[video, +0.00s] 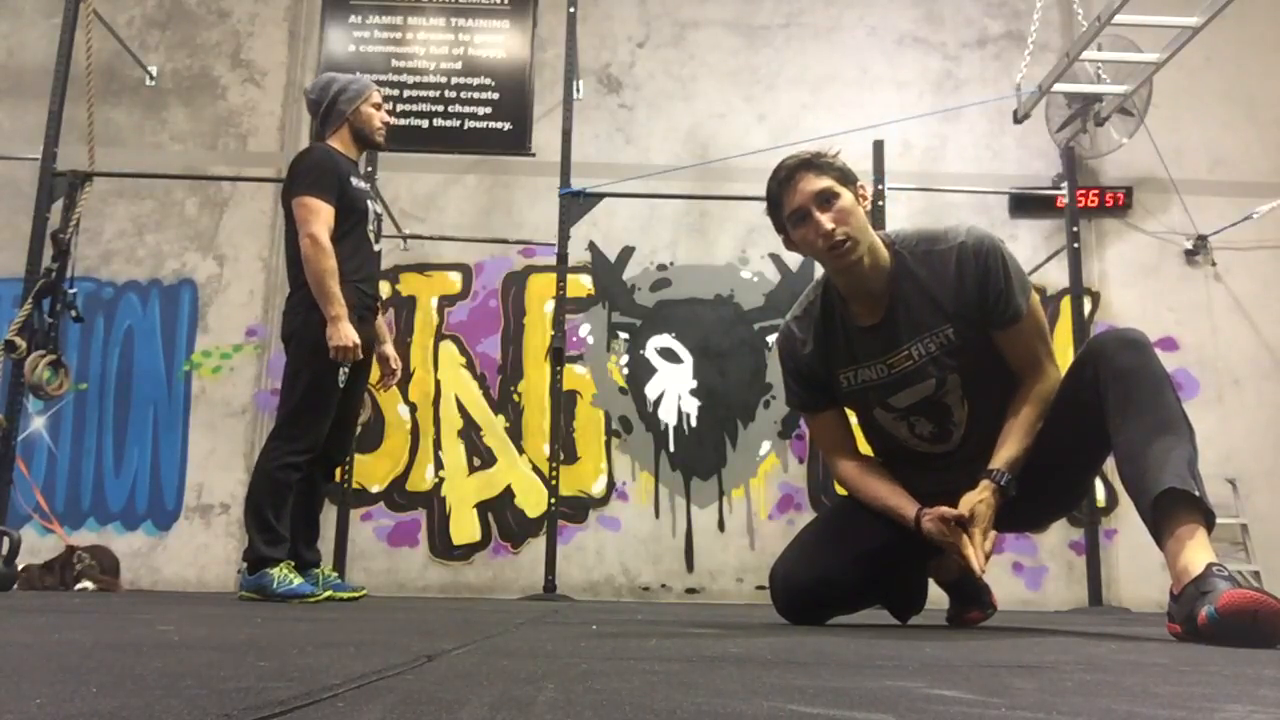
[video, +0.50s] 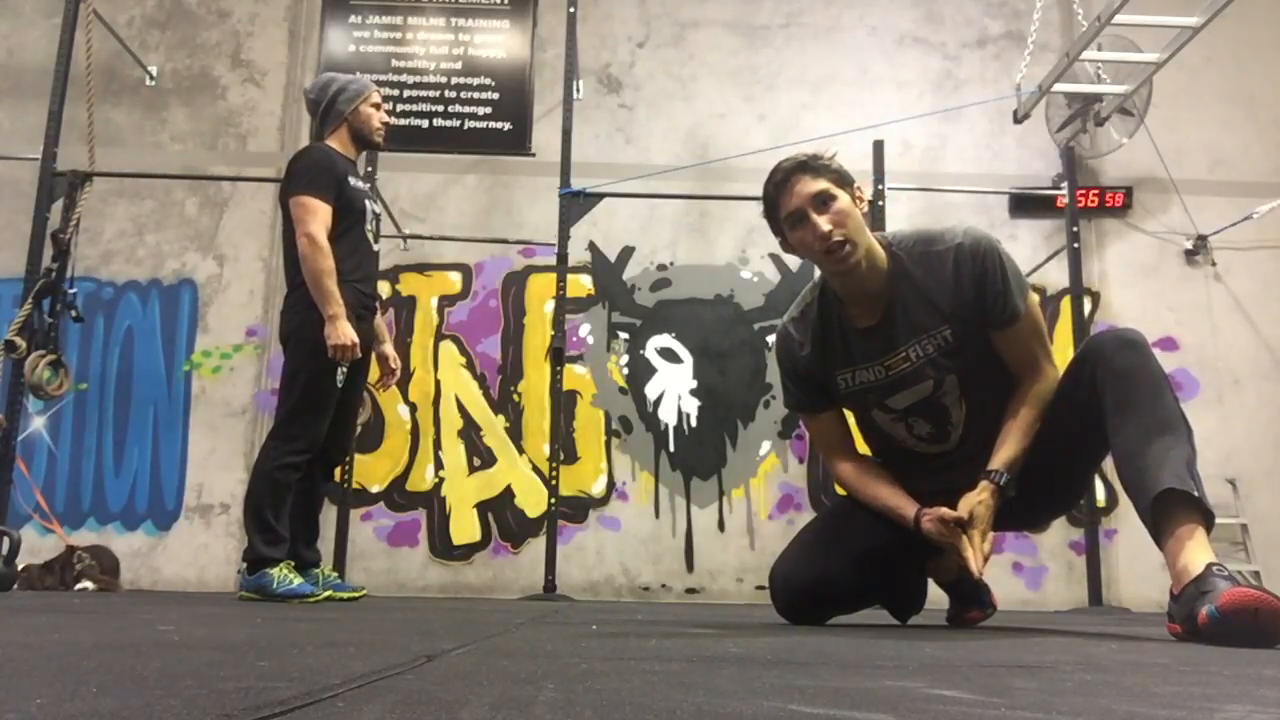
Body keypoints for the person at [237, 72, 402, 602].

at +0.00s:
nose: (387, 116)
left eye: (386, 108)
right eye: (378, 107)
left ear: (358, 116)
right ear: (346, 112)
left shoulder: (355, 174)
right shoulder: (318, 162)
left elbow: (361, 266)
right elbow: (313, 241)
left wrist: (381, 336)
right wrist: (336, 317)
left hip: (349, 328)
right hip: (319, 323)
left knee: (323, 451)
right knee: (296, 441)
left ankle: (302, 564)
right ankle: (263, 566)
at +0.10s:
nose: (387, 116)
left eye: (385, 108)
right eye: (377, 107)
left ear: (358, 116)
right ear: (346, 112)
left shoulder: (354, 175)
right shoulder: (317, 163)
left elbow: (360, 267)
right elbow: (312, 242)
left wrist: (380, 336)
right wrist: (335, 317)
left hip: (348, 327)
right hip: (319, 323)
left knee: (324, 450)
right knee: (296, 441)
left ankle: (303, 564)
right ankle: (263, 566)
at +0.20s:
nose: (387, 116)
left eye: (385, 108)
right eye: (377, 107)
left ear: (358, 117)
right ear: (345, 112)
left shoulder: (354, 175)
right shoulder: (316, 162)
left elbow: (361, 267)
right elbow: (312, 241)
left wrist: (381, 336)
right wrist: (335, 317)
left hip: (348, 327)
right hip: (318, 323)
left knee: (324, 450)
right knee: (296, 441)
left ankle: (302, 564)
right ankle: (263, 565)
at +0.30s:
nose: (387, 116)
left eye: (385, 108)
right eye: (377, 108)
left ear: (359, 117)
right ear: (345, 112)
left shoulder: (354, 175)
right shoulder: (316, 162)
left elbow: (360, 266)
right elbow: (311, 242)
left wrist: (380, 336)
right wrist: (335, 317)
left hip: (348, 328)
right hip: (318, 324)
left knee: (323, 450)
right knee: (295, 441)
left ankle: (302, 564)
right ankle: (263, 566)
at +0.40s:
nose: (386, 116)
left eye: (385, 108)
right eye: (377, 107)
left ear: (358, 117)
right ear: (345, 112)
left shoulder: (354, 175)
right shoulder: (315, 162)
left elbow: (360, 267)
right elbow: (311, 241)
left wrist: (380, 336)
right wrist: (335, 316)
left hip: (348, 329)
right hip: (318, 325)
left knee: (323, 451)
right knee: (295, 441)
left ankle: (302, 564)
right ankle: (263, 566)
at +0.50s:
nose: (386, 116)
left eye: (384, 108)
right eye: (376, 107)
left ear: (357, 116)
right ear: (345, 112)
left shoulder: (353, 174)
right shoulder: (315, 162)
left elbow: (359, 267)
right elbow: (311, 241)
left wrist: (380, 336)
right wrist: (335, 316)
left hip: (348, 329)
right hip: (318, 325)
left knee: (323, 451)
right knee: (295, 441)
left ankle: (302, 564)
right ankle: (262, 566)